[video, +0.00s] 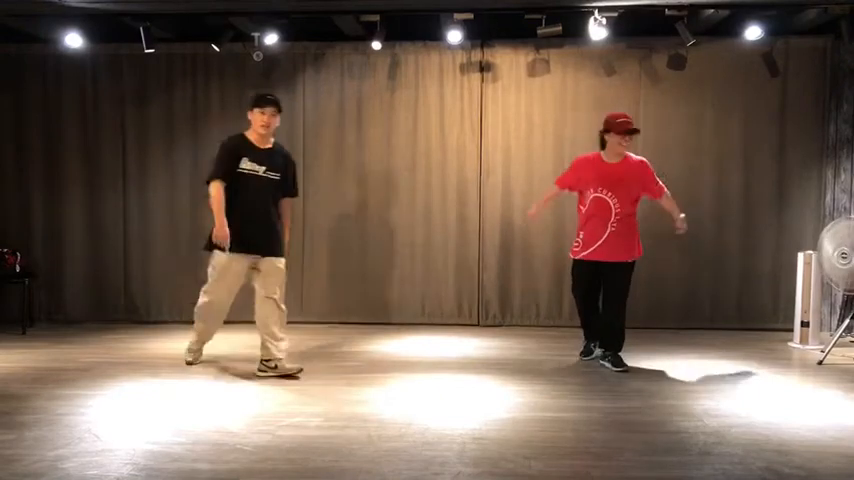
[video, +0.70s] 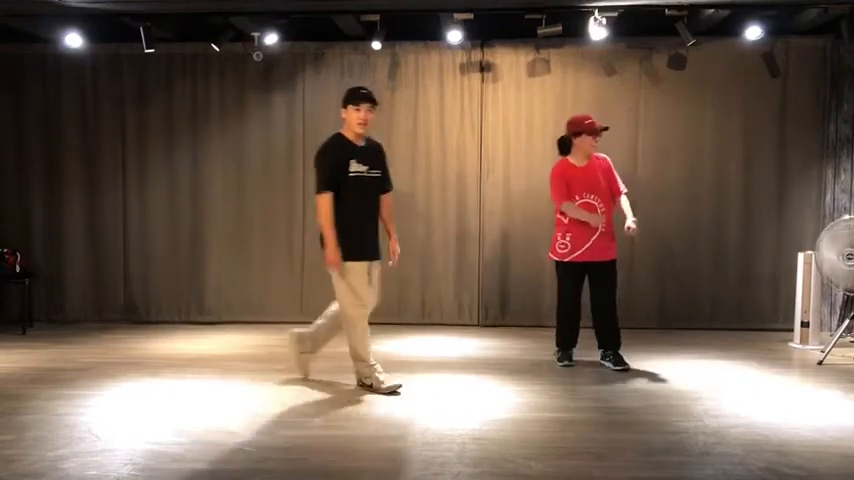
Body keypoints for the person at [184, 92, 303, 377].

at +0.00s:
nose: (267, 119)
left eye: (273, 114)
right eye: (262, 113)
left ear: (278, 120)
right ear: (250, 116)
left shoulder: (283, 159)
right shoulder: (233, 147)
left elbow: (285, 201)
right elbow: (216, 184)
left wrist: (285, 238)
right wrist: (220, 223)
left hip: (270, 241)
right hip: (235, 239)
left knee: (272, 302)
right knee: (214, 299)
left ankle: (271, 358)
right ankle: (198, 341)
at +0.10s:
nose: (283, 118)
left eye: (288, 113)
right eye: (277, 112)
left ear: (293, 119)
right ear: (265, 114)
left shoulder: (296, 156)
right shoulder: (246, 145)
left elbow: (299, 201)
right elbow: (229, 186)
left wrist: (298, 237)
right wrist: (227, 229)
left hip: (283, 241)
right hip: (249, 239)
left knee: (281, 302)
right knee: (238, 295)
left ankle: (272, 358)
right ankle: (214, 338)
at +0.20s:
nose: (293, 116)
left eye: (298, 111)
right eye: (287, 110)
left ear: (304, 116)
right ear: (275, 112)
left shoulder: (308, 153)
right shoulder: (254, 146)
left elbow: (315, 197)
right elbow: (240, 188)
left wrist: (319, 235)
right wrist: (237, 228)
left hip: (296, 240)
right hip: (263, 238)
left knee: (289, 303)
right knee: (267, 296)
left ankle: (273, 359)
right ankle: (243, 348)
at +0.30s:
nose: (304, 116)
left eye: (309, 111)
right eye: (298, 110)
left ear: (313, 115)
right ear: (284, 111)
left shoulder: (316, 150)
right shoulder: (265, 146)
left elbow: (330, 192)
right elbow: (251, 187)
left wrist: (344, 227)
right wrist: (252, 228)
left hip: (306, 235)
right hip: (277, 234)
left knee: (294, 299)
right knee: (292, 295)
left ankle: (273, 358)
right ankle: (281, 362)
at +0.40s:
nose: (315, 115)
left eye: (320, 110)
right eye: (308, 109)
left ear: (324, 115)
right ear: (295, 112)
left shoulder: (327, 150)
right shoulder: (278, 149)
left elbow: (343, 190)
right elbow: (266, 192)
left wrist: (363, 223)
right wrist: (269, 233)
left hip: (317, 238)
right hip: (292, 237)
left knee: (297, 301)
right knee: (315, 295)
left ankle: (274, 360)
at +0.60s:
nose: (344, 119)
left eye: (349, 113)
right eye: (337, 112)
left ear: (354, 118)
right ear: (325, 115)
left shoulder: (357, 154)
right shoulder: (312, 154)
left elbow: (371, 197)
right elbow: (303, 201)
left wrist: (387, 229)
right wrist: (306, 246)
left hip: (350, 244)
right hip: (327, 245)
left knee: (320, 304)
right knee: (347, 307)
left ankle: (282, 351)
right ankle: (366, 372)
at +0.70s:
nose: (363, 115)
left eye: (369, 110)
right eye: (357, 109)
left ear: (374, 115)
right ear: (344, 112)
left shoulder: (375, 150)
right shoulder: (330, 151)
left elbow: (385, 196)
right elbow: (324, 201)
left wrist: (392, 235)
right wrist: (330, 246)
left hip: (371, 243)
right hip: (345, 244)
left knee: (366, 301)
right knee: (355, 306)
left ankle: (307, 341)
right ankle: (366, 372)